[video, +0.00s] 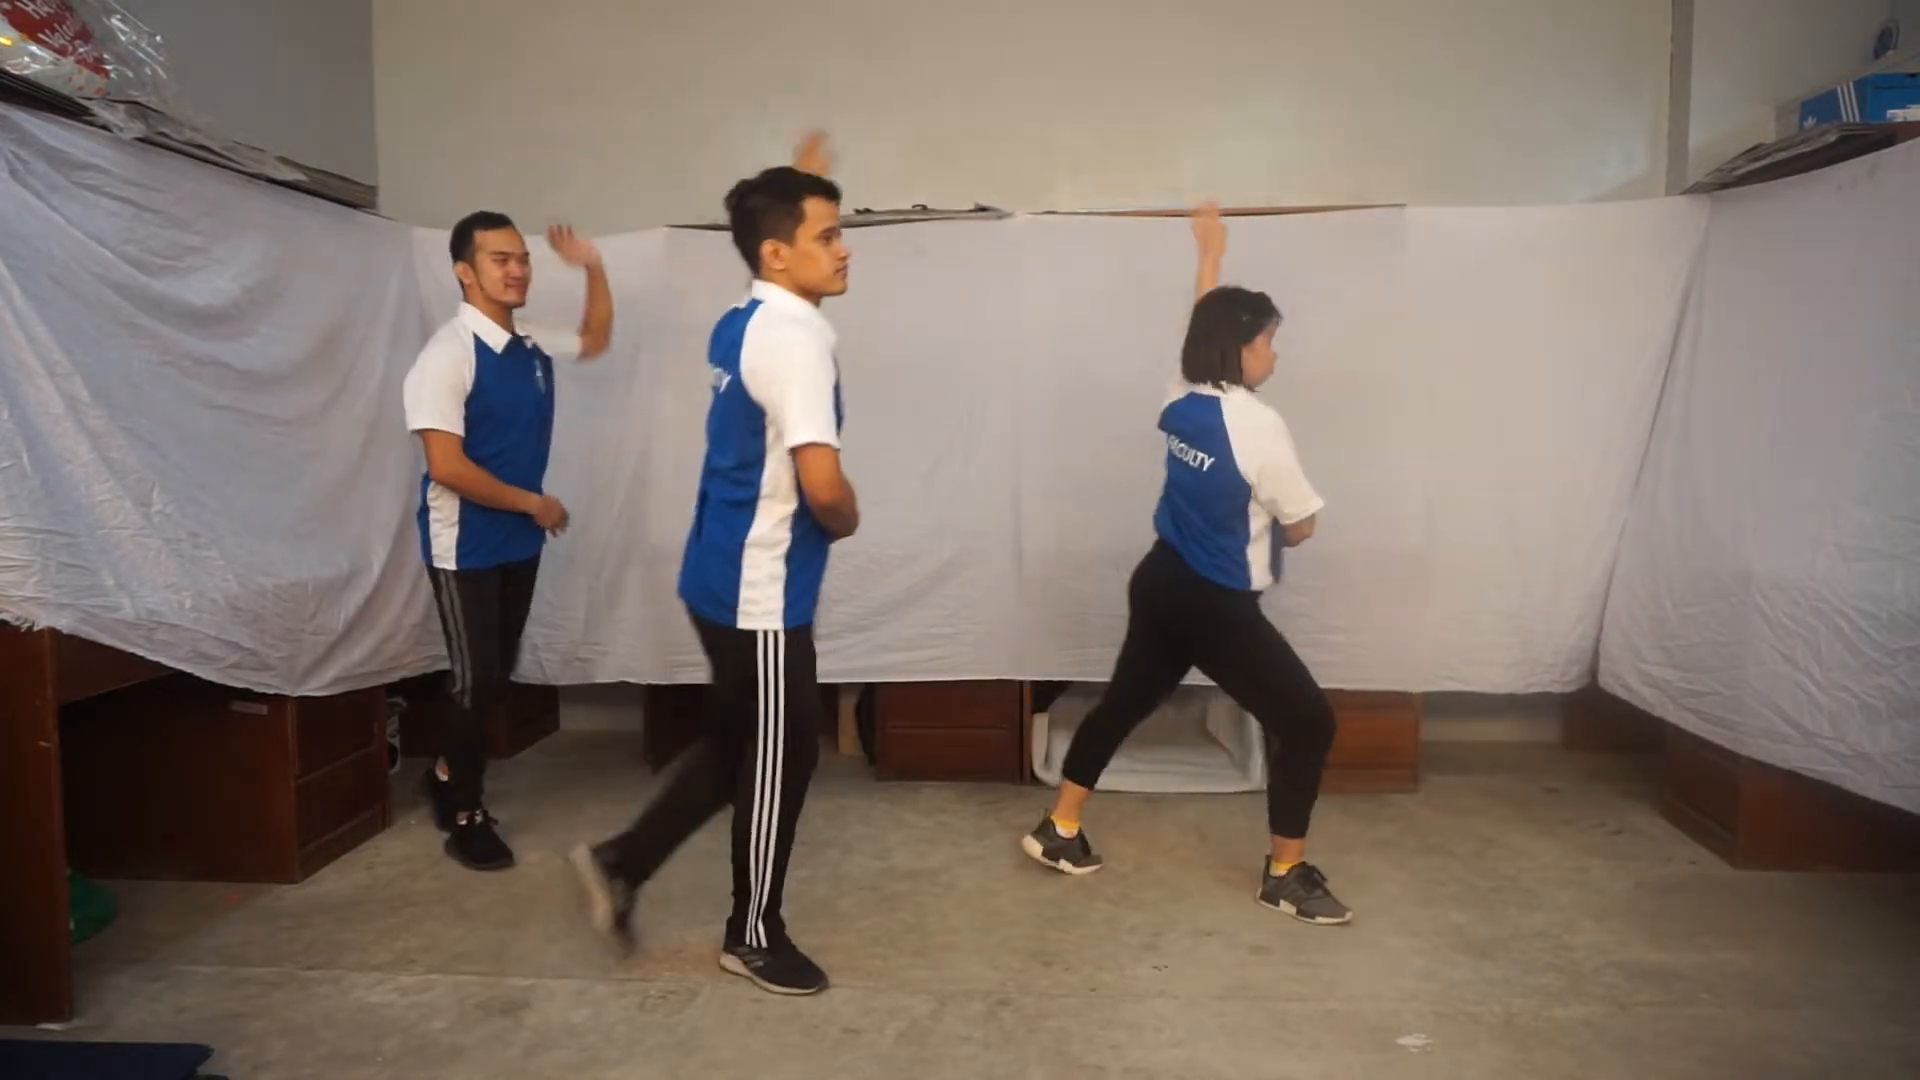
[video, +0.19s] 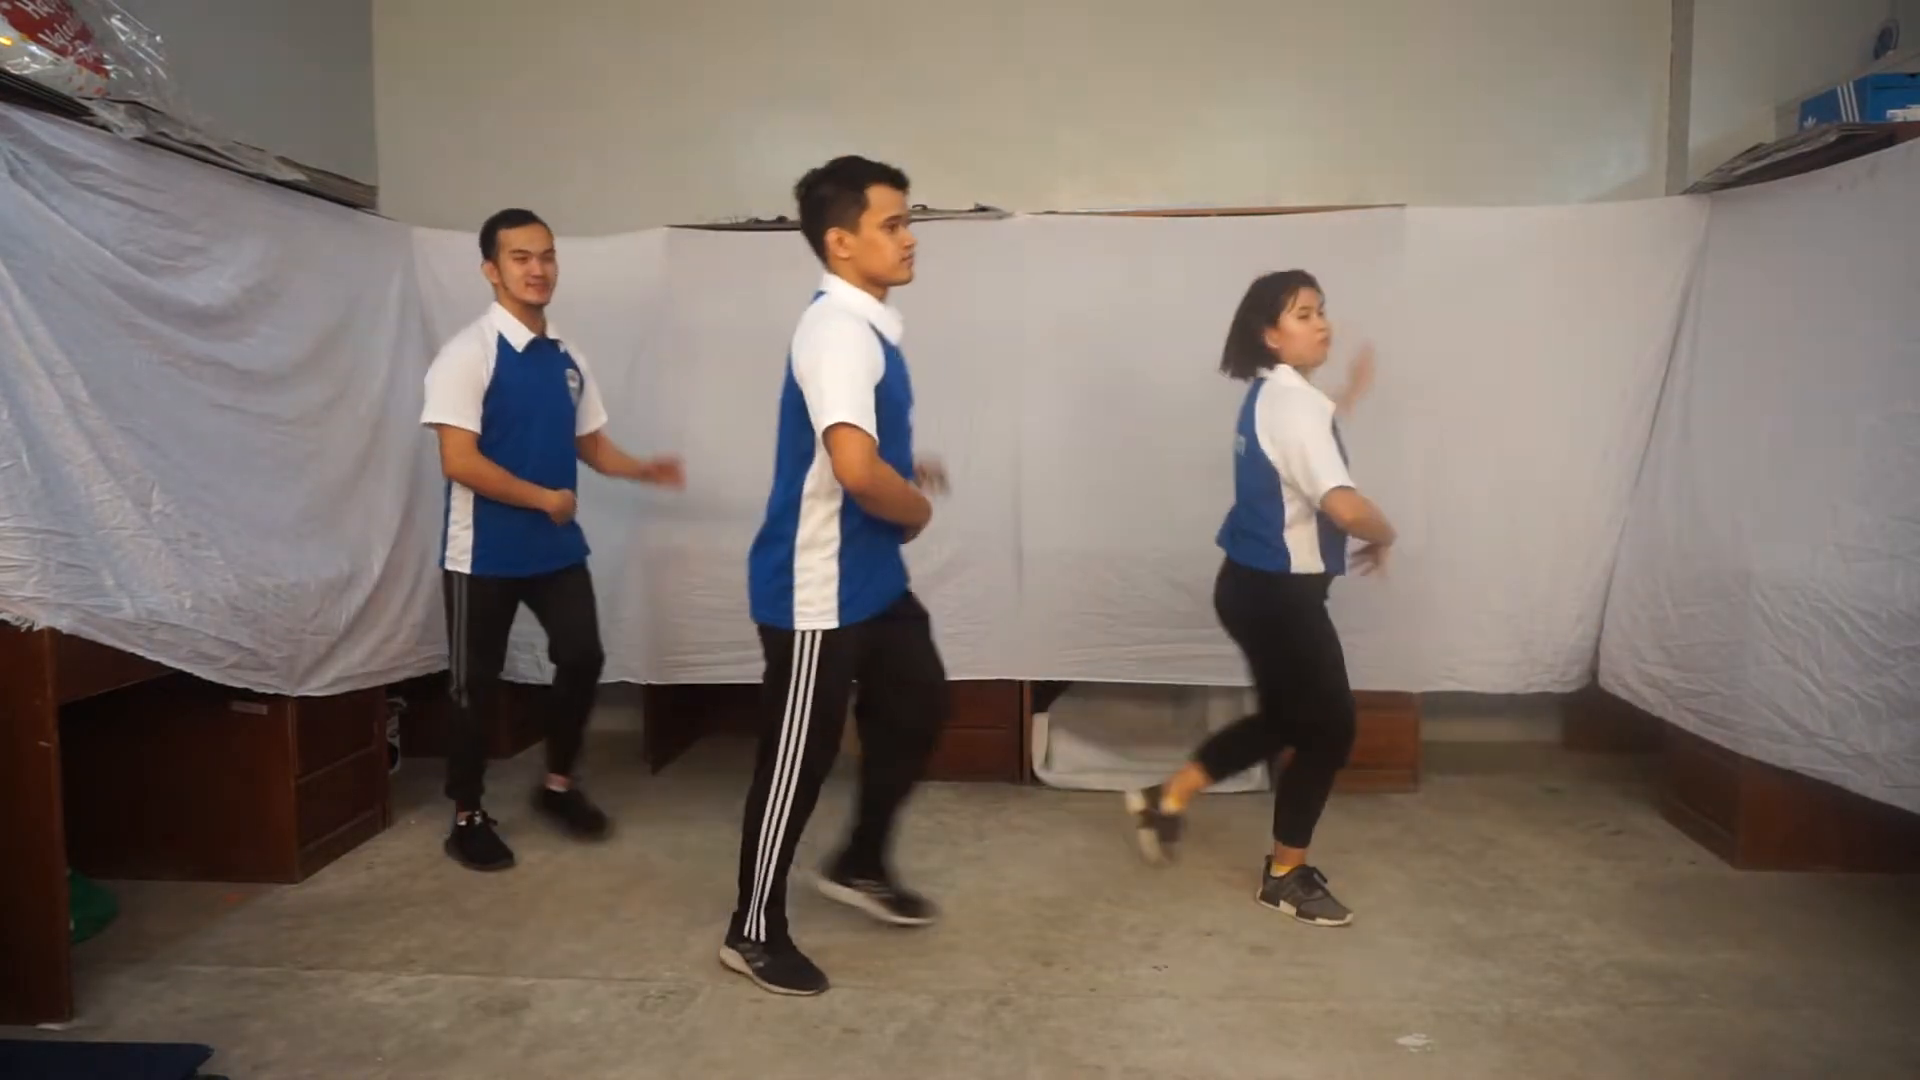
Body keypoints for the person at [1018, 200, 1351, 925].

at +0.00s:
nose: (1275, 353)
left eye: (1273, 341)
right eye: (1269, 341)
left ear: (1213, 345)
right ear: (1237, 346)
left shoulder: (1185, 398)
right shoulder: (1257, 423)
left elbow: (1202, 328)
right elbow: (1300, 524)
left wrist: (1209, 252)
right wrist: (1275, 531)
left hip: (1159, 582)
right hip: (1215, 604)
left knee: (1122, 704)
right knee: (1308, 723)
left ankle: (1060, 827)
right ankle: (1286, 870)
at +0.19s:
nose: (1324, 324)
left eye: (1322, 312)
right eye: (1307, 315)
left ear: (1287, 337)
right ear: (1271, 337)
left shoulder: (1275, 388)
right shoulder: (1291, 401)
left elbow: (1305, 445)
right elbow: (1343, 507)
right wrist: (1382, 533)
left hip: (1250, 581)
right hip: (1281, 592)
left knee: (1285, 719)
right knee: (1329, 728)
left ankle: (1166, 799)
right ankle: (1286, 872)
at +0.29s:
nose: (1350, 319)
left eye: (1349, 307)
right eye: (1330, 312)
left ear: (1351, 322)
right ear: (1296, 334)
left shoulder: (1329, 394)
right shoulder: (1311, 400)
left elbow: (1352, 465)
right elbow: (1350, 507)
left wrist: (1414, 473)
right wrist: (1417, 534)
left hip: (1317, 591)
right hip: (1291, 596)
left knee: (1370, 716)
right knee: (1329, 731)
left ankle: (1272, 820)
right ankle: (1286, 869)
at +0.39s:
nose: (1370, 313)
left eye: (1374, 301)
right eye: (1351, 306)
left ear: (1387, 313)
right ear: (1321, 328)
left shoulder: (1380, 394)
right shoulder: (1322, 395)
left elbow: (1408, 482)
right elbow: (1341, 502)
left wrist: (1477, 522)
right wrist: (1422, 530)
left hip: (1373, 585)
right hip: (1317, 590)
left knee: (1412, 711)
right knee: (1343, 730)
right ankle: (1291, 869)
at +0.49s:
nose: (1390, 316)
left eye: (1398, 303)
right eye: (1372, 306)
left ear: (1411, 316)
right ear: (1342, 324)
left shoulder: (1421, 400)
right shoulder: (1328, 398)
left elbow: (1466, 482)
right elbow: (1322, 501)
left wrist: (1541, 536)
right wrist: (1417, 526)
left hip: (1418, 582)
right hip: (1353, 589)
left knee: (1437, 715)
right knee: (1388, 726)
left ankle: (1400, 857)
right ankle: (1344, 865)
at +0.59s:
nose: (1407, 319)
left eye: (1417, 307)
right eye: (1390, 309)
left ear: (1432, 321)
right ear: (1362, 326)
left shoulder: (1454, 402)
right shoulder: (1341, 405)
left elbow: (1524, 469)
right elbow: (1321, 507)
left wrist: (1605, 517)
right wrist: (1412, 521)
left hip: (1451, 590)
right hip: (1373, 597)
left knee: (1488, 724)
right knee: (1396, 734)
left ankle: (1426, 842)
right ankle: (1378, 872)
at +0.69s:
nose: (1426, 322)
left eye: (1436, 309)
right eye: (1409, 312)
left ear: (1455, 321)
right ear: (1384, 329)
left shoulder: (1487, 401)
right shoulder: (1362, 409)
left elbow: (1572, 454)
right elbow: (1331, 508)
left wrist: (1662, 492)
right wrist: (1418, 516)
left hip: (1480, 596)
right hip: (1393, 602)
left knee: (1523, 719)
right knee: (1397, 745)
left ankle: (1506, 837)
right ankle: (1381, 871)